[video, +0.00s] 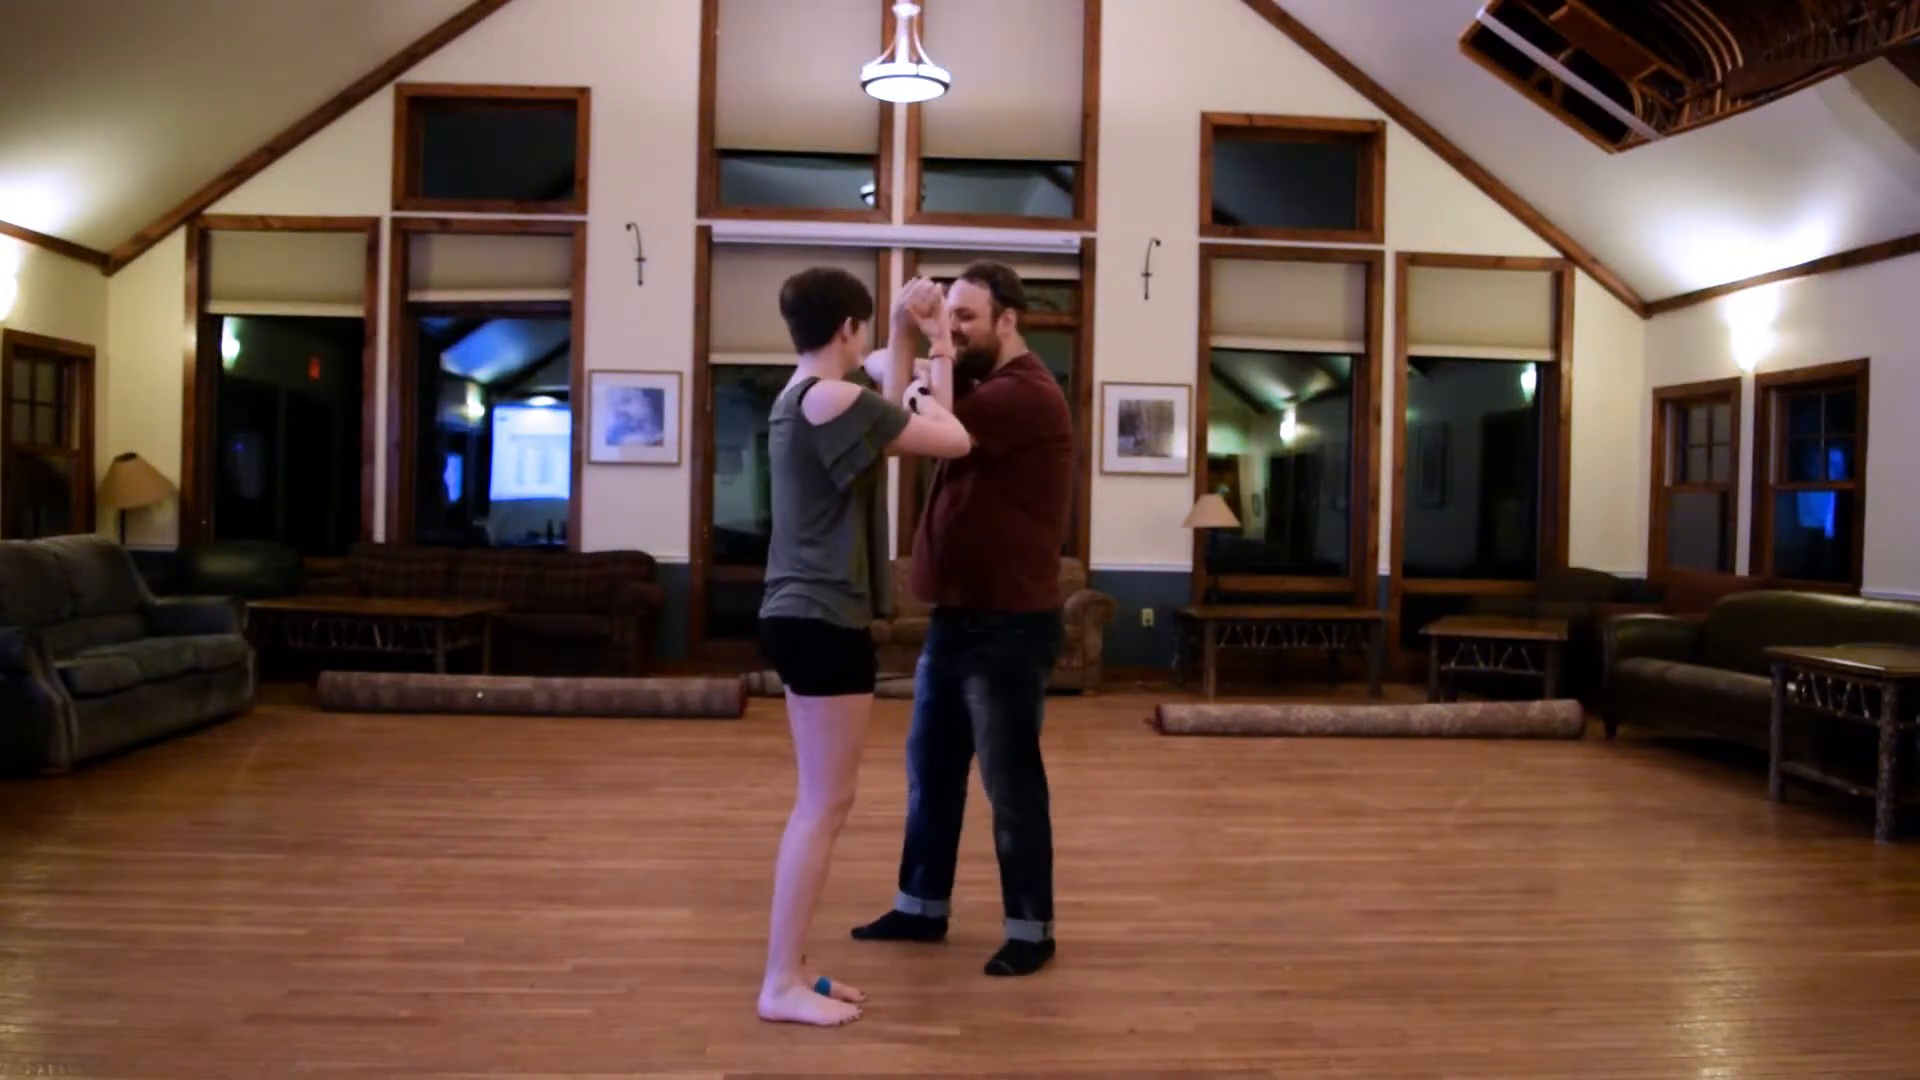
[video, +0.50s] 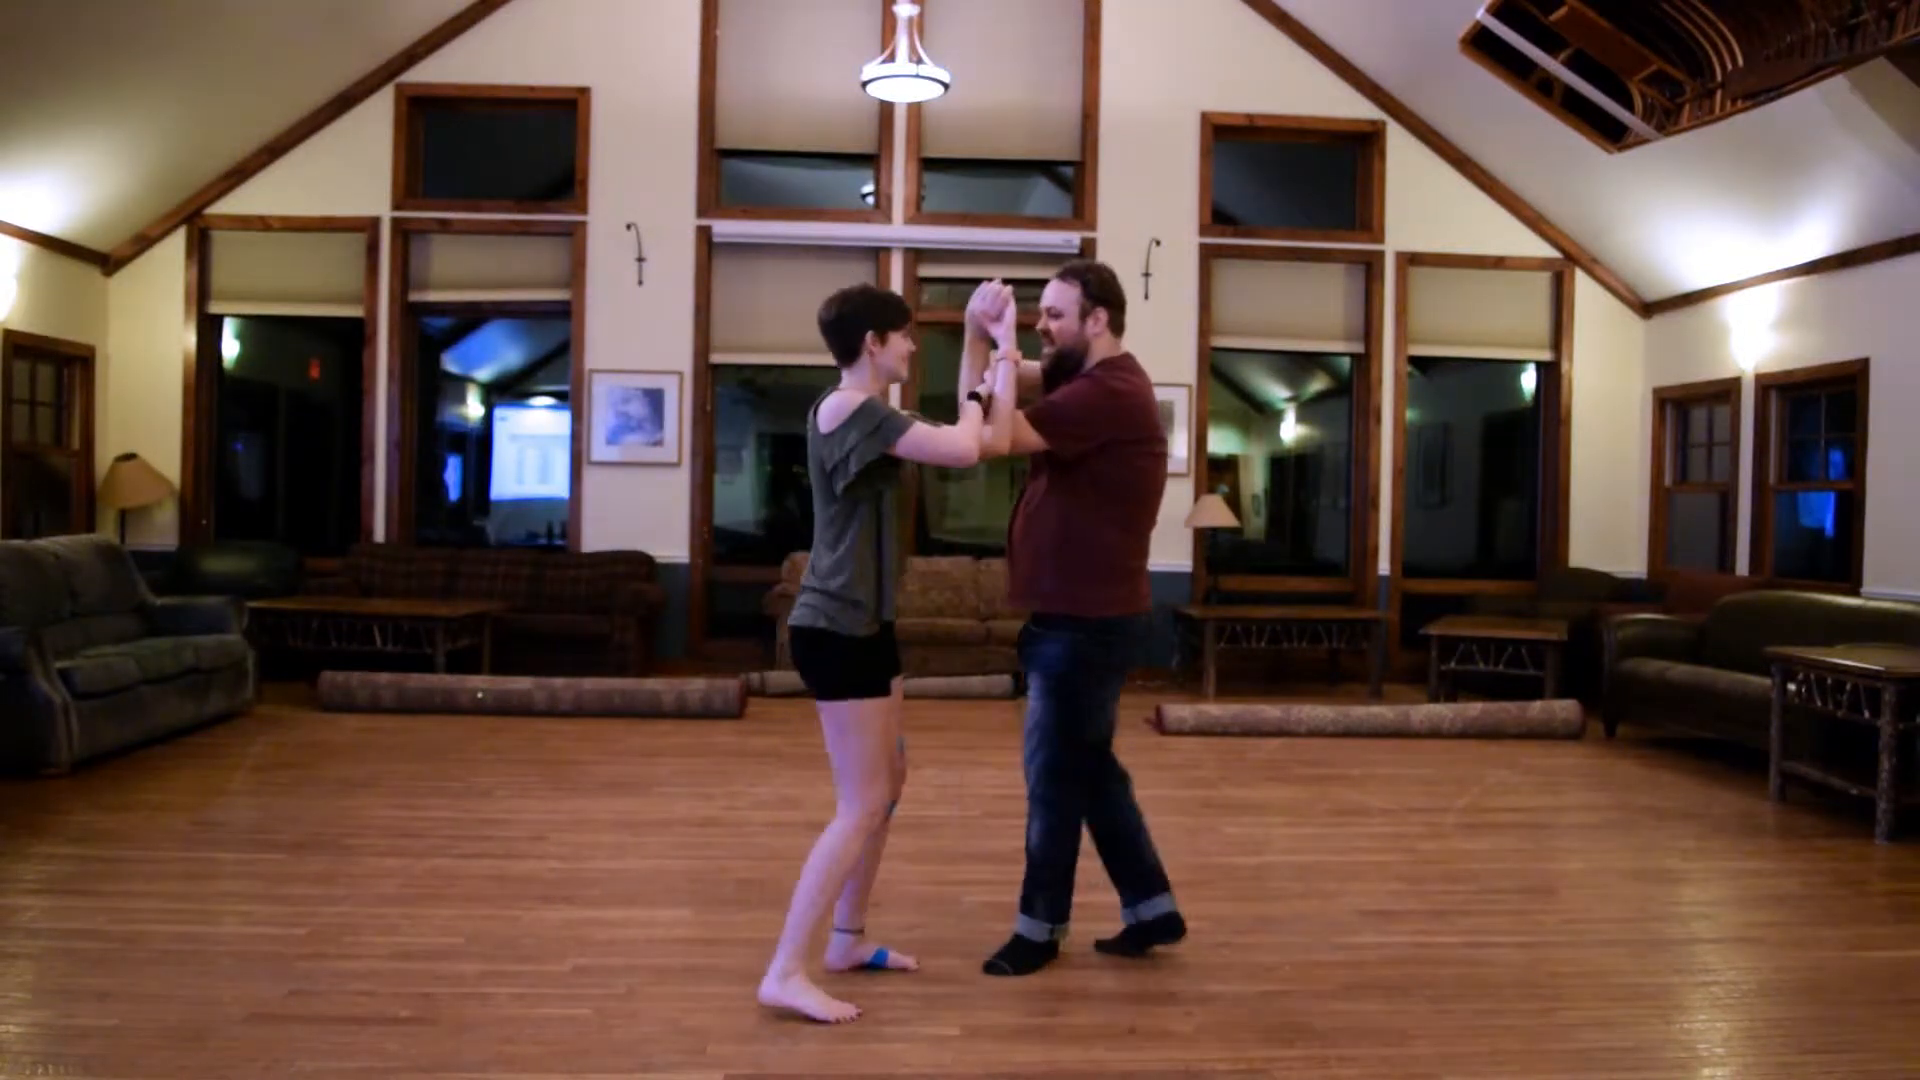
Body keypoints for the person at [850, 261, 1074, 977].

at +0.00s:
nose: (952, 329)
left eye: (967, 316)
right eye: (948, 316)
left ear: (1007, 322)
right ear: (955, 326)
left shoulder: (1029, 392)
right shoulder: (972, 385)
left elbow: (935, 428)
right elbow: (902, 411)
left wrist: (939, 349)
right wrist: (904, 329)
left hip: (1013, 620)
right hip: (956, 615)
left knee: (1010, 779)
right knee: (933, 766)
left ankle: (1030, 930)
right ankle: (921, 910)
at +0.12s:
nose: (971, 332)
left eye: (987, 318)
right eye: (968, 319)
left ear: (1030, 321)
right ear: (976, 324)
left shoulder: (1051, 389)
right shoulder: (1004, 385)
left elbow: (954, 427)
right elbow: (927, 413)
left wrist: (959, 349)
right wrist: (925, 330)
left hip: (1037, 620)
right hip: (983, 616)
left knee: (1023, 777)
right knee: (948, 752)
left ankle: (1033, 929)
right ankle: (947, 900)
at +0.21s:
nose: (991, 327)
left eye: (1005, 314)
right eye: (990, 315)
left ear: (1049, 315)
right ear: (1007, 321)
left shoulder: (1067, 385)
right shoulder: (1023, 381)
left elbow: (973, 424)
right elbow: (932, 413)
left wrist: (972, 349)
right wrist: (940, 329)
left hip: (1044, 619)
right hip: (995, 613)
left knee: (1032, 776)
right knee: (957, 739)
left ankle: (1038, 924)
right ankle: (1005, 877)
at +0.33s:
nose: (1018, 322)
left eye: (1030, 310)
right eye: (1016, 311)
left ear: (1073, 314)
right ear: (1032, 317)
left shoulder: (1090, 384)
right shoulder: (1045, 372)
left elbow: (990, 427)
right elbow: (969, 396)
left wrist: (977, 347)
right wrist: (966, 329)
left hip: (1064, 617)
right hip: (1019, 611)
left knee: (1045, 775)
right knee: (998, 748)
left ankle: (1039, 928)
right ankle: (1099, 863)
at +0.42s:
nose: (1032, 324)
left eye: (1044, 312)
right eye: (1031, 313)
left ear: (1086, 315)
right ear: (1058, 317)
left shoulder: (1101, 386)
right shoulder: (1061, 371)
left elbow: (996, 430)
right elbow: (974, 399)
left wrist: (990, 352)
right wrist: (974, 331)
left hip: (1076, 615)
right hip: (1036, 610)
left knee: (1049, 767)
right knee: (1043, 761)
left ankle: (1038, 927)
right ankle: (1135, 884)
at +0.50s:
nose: (1044, 327)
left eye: (1056, 315)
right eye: (1044, 316)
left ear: (1097, 318)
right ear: (1082, 319)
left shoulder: (1111, 389)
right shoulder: (1080, 373)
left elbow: (1001, 434)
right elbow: (983, 401)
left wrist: (1002, 353)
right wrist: (984, 335)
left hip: (1085, 618)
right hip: (1068, 613)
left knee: (1051, 775)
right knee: (1089, 765)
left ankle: (1040, 927)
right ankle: (1153, 910)